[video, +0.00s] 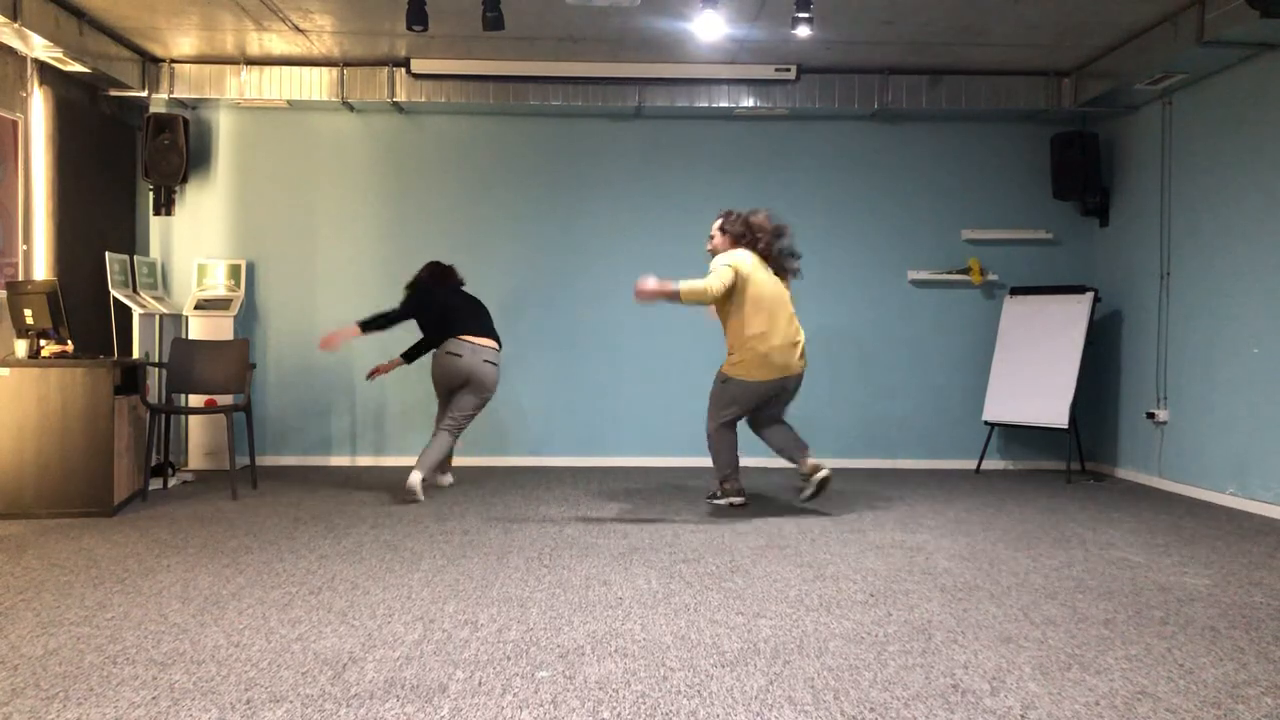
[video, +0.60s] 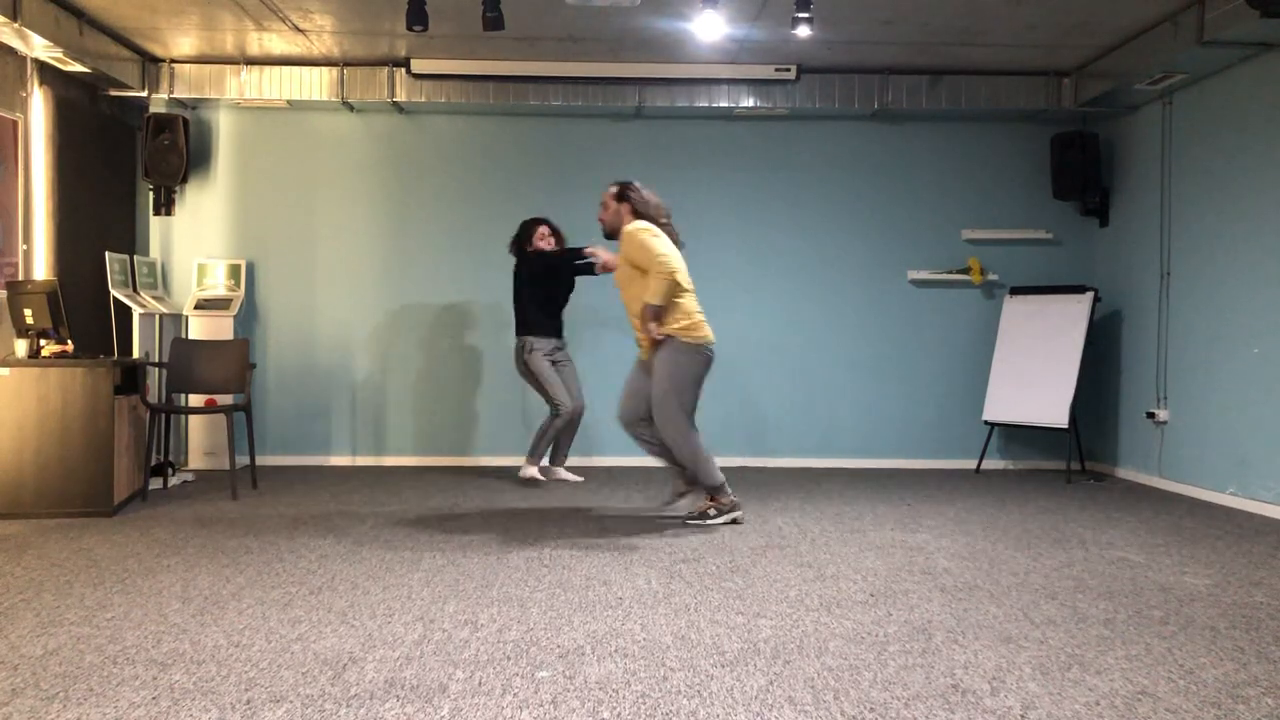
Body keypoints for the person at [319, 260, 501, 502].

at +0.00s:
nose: (415, 285)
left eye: (418, 280)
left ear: (423, 279)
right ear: (453, 281)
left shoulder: (424, 295)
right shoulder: (467, 301)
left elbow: (392, 317)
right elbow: (431, 340)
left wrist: (348, 332)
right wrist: (393, 364)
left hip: (452, 353)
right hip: (488, 362)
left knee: (445, 415)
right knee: (449, 428)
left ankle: (443, 472)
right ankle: (418, 474)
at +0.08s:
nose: (422, 293)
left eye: (425, 287)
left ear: (430, 283)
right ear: (459, 280)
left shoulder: (438, 300)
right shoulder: (474, 301)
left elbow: (406, 328)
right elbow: (434, 340)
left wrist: (365, 356)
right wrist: (399, 366)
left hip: (457, 354)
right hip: (493, 365)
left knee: (448, 413)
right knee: (463, 428)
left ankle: (445, 471)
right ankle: (437, 464)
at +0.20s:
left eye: (458, 265)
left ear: (458, 268)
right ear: (487, 268)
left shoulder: (451, 295)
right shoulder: (498, 288)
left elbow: (450, 334)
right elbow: (504, 326)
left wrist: (451, 364)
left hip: (468, 347)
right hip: (503, 348)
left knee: (460, 410)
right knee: (507, 412)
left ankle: (449, 469)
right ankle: (502, 461)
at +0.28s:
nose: (503, 261)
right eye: (501, 258)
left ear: (471, 261)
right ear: (495, 260)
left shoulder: (464, 289)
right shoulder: (509, 276)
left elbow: (474, 313)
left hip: (476, 344)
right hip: (510, 343)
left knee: (473, 405)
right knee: (533, 407)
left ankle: (454, 464)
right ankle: (526, 472)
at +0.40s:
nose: (524, 247)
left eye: (522, 243)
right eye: (521, 244)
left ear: (497, 251)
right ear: (511, 248)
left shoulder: (493, 275)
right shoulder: (524, 261)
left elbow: (536, 287)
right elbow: (554, 272)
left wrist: (574, 291)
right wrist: (580, 280)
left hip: (498, 349)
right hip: (526, 344)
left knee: (533, 402)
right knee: (546, 411)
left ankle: (507, 452)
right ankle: (531, 471)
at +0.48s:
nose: (536, 244)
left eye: (534, 239)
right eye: (531, 240)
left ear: (511, 248)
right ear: (518, 245)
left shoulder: (513, 271)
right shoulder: (529, 258)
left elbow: (557, 274)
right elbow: (562, 258)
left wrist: (594, 273)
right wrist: (598, 255)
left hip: (508, 347)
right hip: (525, 342)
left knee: (558, 404)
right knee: (552, 407)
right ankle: (532, 472)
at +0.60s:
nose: (548, 240)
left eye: (550, 236)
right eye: (541, 237)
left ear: (557, 240)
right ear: (528, 244)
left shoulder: (560, 264)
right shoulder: (526, 262)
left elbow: (583, 266)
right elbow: (555, 258)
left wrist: (603, 265)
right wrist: (590, 252)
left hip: (558, 347)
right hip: (532, 348)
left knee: (577, 407)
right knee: (563, 407)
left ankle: (556, 466)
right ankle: (530, 465)